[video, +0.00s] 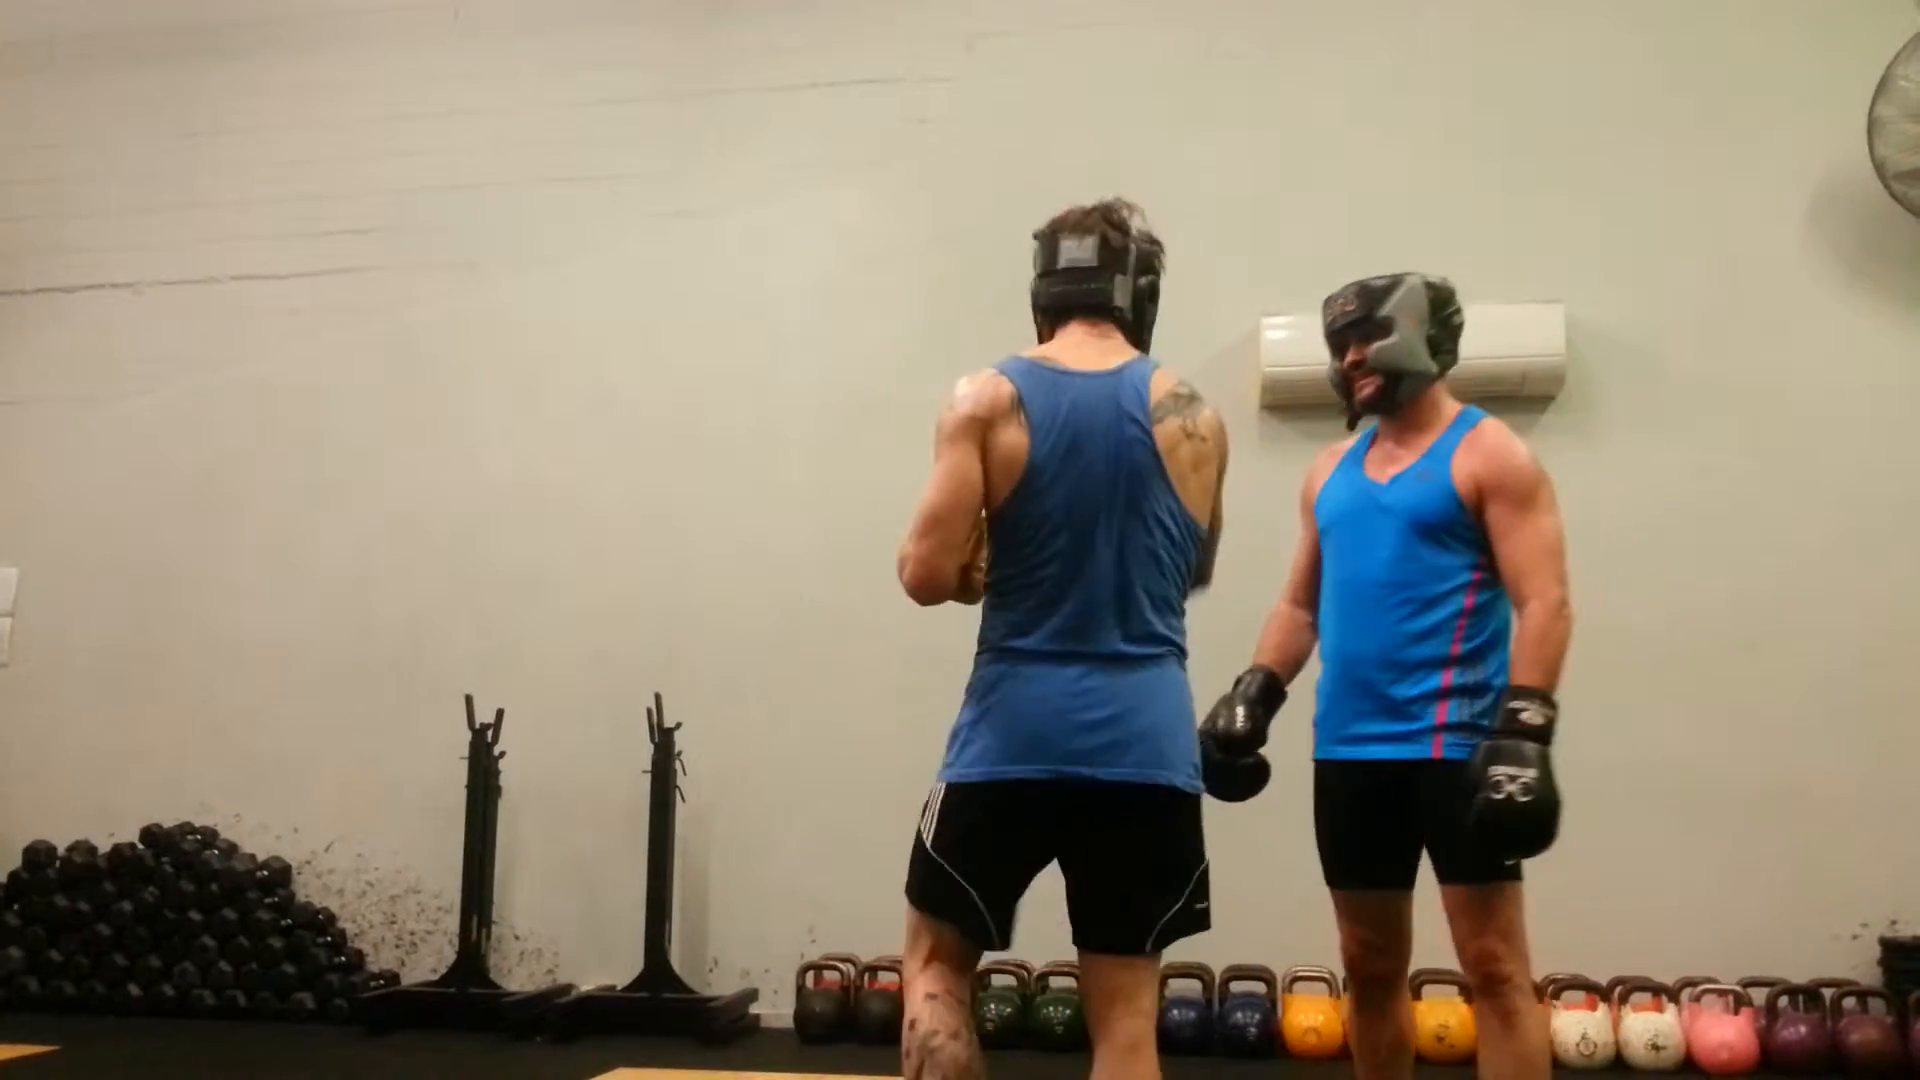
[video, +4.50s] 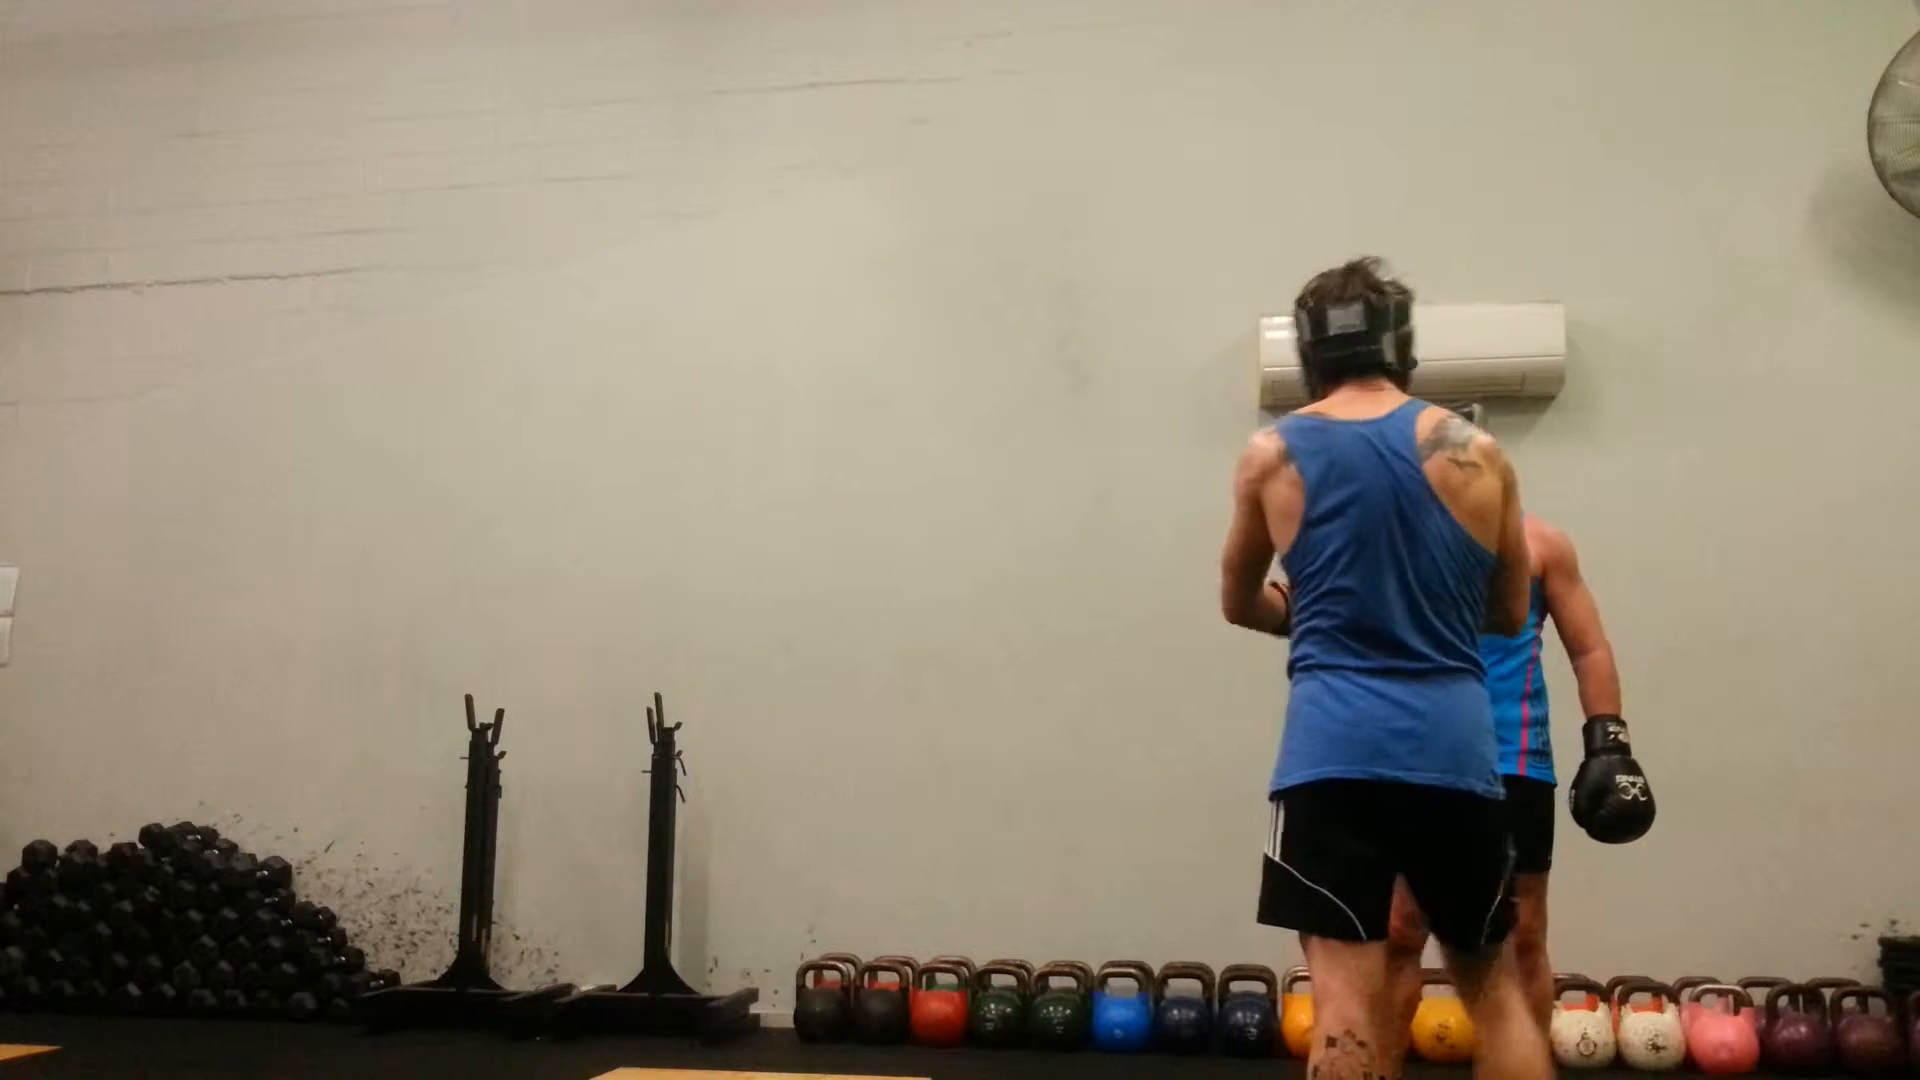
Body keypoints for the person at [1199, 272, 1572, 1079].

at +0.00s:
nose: (1351, 361)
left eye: (1371, 341)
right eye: (1342, 349)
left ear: (1426, 339)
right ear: (1338, 365)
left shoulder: (1491, 454)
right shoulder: (1328, 473)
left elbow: (1545, 602)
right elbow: (1299, 605)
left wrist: (1521, 735)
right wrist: (1253, 694)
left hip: (1462, 759)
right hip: (1352, 760)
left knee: (1494, 973)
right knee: (1370, 972)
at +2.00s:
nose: (1323, 463)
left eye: (1337, 447)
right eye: (1308, 453)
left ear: (1368, 448)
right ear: (1295, 466)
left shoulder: (1425, 532)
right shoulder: (1283, 555)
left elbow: (1482, 637)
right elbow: (1251, 665)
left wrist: (1478, 732)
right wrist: (1214, 750)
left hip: (1423, 762)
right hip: (1331, 769)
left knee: (1460, 926)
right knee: (1348, 930)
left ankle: (1493, 1076)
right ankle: (1367, 1072)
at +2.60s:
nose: (1366, 472)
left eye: (1378, 456)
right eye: (1350, 464)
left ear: (1409, 454)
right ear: (1337, 475)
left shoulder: (1472, 537)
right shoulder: (1332, 561)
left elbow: (1531, 637)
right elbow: (1315, 658)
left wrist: (1555, 737)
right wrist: (1308, 702)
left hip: (1464, 767)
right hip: (1371, 770)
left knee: (1492, 933)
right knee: (1371, 932)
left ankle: (1515, 1074)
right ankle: (1374, 1074)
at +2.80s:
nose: (1394, 467)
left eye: (1407, 452)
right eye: (1378, 458)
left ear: (1438, 453)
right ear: (1364, 471)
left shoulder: (1499, 538)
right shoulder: (1357, 555)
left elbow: (1554, 641)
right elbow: (1326, 667)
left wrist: (1570, 738)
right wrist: (1340, 617)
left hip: (1486, 766)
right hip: (1393, 768)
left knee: (1507, 933)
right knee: (1383, 932)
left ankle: (1521, 1074)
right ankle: (1378, 1075)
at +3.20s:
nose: (1434, 474)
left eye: (1447, 460)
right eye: (1421, 462)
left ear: (1478, 463)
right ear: (1404, 469)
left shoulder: (1533, 545)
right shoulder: (1399, 548)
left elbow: (1583, 652)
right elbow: (1351, 624)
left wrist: (1600, 749)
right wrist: (1396, 510)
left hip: (1515, 766)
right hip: (1420, 767)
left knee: (1523, 934)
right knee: (1398, 940)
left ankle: (1527, 1073)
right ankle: (1382, 1075)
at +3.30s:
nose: (1441, 476)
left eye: (1452, 462)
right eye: (1429, 463)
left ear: (1479, 464)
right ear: (1412, 472)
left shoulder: (1539, 547)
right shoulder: (1404, 548)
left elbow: (1586, 655)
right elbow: (1359, 643)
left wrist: (1608, 754)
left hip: (1517, 768)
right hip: (1421, 767)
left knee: (1524, 933)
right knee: (1403, 935)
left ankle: (1526, 1073)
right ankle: (1382, 1070)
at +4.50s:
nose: (1448, 470)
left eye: (1459, 450)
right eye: (1432, 450)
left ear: (1485, 465)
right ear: (1412, 472)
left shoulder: (1536, 542)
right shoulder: (1394, 550)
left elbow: (1588, 648)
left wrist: (1607, 743)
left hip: (1515, 766)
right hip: (1418, 765)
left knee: (1523, 937)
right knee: (1398, 934)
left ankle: (1531, 1066)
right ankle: (1380, 1068)